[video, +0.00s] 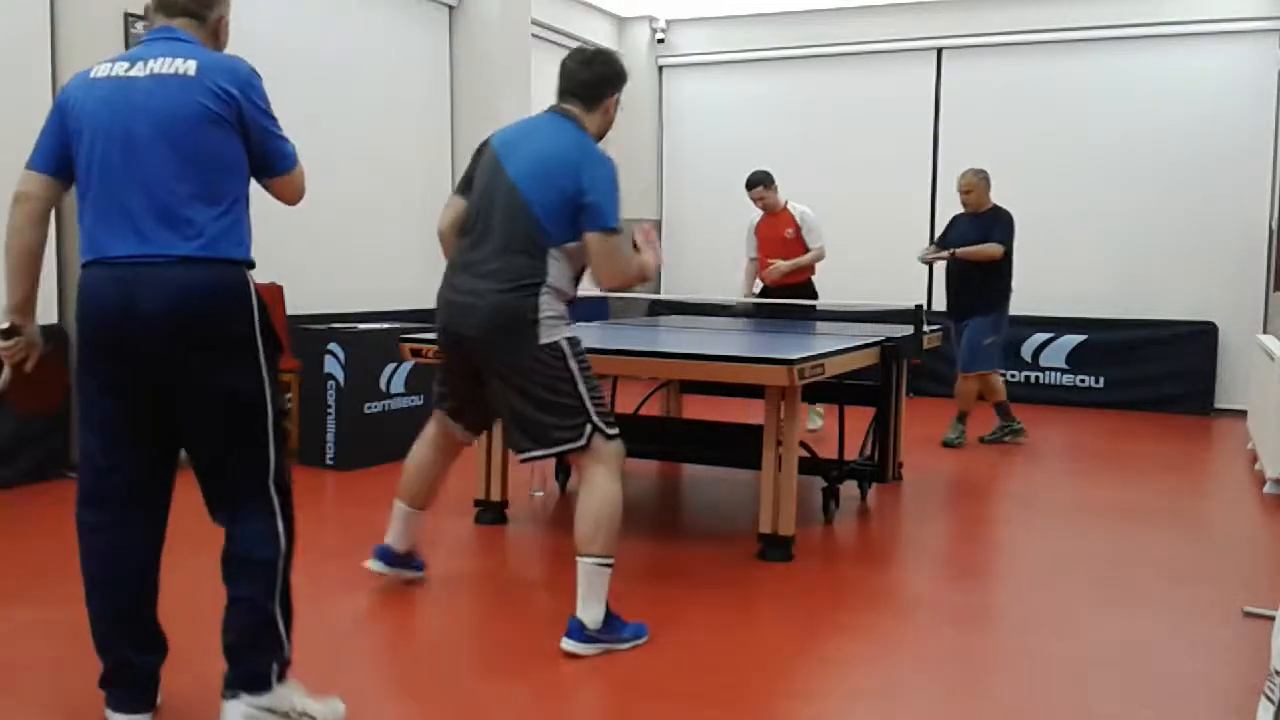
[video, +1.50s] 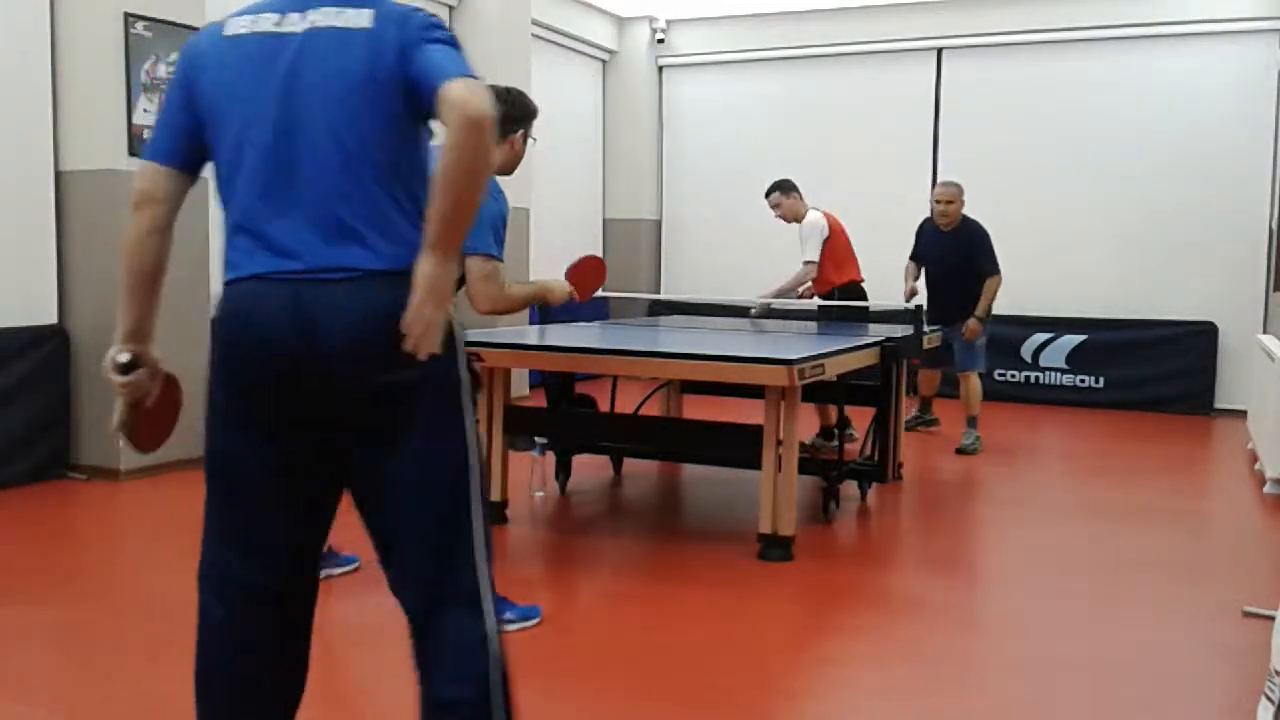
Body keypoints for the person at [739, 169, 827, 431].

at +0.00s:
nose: (758, 205)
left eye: (761, 198)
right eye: (754, 201)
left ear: (774, 189)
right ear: (751, 198)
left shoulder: (801, 215)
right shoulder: (756, 224)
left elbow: (819, 252)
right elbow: (752, 262)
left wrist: (787, 265)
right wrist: (745, 294)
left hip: (799, 293)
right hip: (768, 294)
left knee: (803, 350)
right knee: (769, 351)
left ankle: (813, 406)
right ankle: (775, 407)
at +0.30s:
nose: (764, 212)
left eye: (764, 204)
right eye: (760, 207)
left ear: (777, 194)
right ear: (771, 200)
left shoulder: (806, 215)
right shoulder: (781, 226)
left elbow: (826, 257)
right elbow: (785, 267)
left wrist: (786, 272)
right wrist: (763, 296)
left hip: (817, 296)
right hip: (794, 297)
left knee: (817, 364)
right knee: (793, 363)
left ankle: (825, 426)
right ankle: (784, 427)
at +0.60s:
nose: (775, 211)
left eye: (774, 203)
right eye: (771, 206)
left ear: (788, 192)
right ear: (788, 195)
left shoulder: (813, 215)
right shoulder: (808, 216)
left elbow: (815, 264)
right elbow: (814, 264)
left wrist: (782, 291)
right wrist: (790, 271)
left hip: (831, 295)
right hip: (824, 294)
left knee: (823, 363)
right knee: (825, 361)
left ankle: (830, 424)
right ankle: (835, 419)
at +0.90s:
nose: (785, 212)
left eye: (784, 205)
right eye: (782, 207)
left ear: (798, 194)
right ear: (797, 197)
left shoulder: (825, 215)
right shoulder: (817, 220)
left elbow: (839, 258)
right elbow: (821, 269)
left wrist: (799, 274)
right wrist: (801, 301)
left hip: (843, 296)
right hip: (830, 297)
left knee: (836, 365)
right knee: (824, 364)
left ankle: (848, 426)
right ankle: (830, 424)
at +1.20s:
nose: (780, 212)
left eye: (780, 204)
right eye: (777, 207)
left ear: (794, 194)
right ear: (796, 195)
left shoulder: (817, 217)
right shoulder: (821, 215)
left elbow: (816, 265)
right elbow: (834, 262)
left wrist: (776, 283)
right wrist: (817, 288)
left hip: (839, 295)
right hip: (841, 294)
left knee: (821, 365)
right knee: (839, 364)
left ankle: (826, 430)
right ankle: (848, 424)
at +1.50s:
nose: (777, 214)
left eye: (778, 206)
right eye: (773, 209)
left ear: (795, 197)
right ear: (797, 199)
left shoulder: (812, 221)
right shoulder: (820, 218)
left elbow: (810, 270)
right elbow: (835, 264)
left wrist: (769, 297)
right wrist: (813, 286)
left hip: (842, 299)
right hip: (846, 297)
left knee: (819, 367)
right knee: (828, 365)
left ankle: (827, 432)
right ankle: (841, 421)